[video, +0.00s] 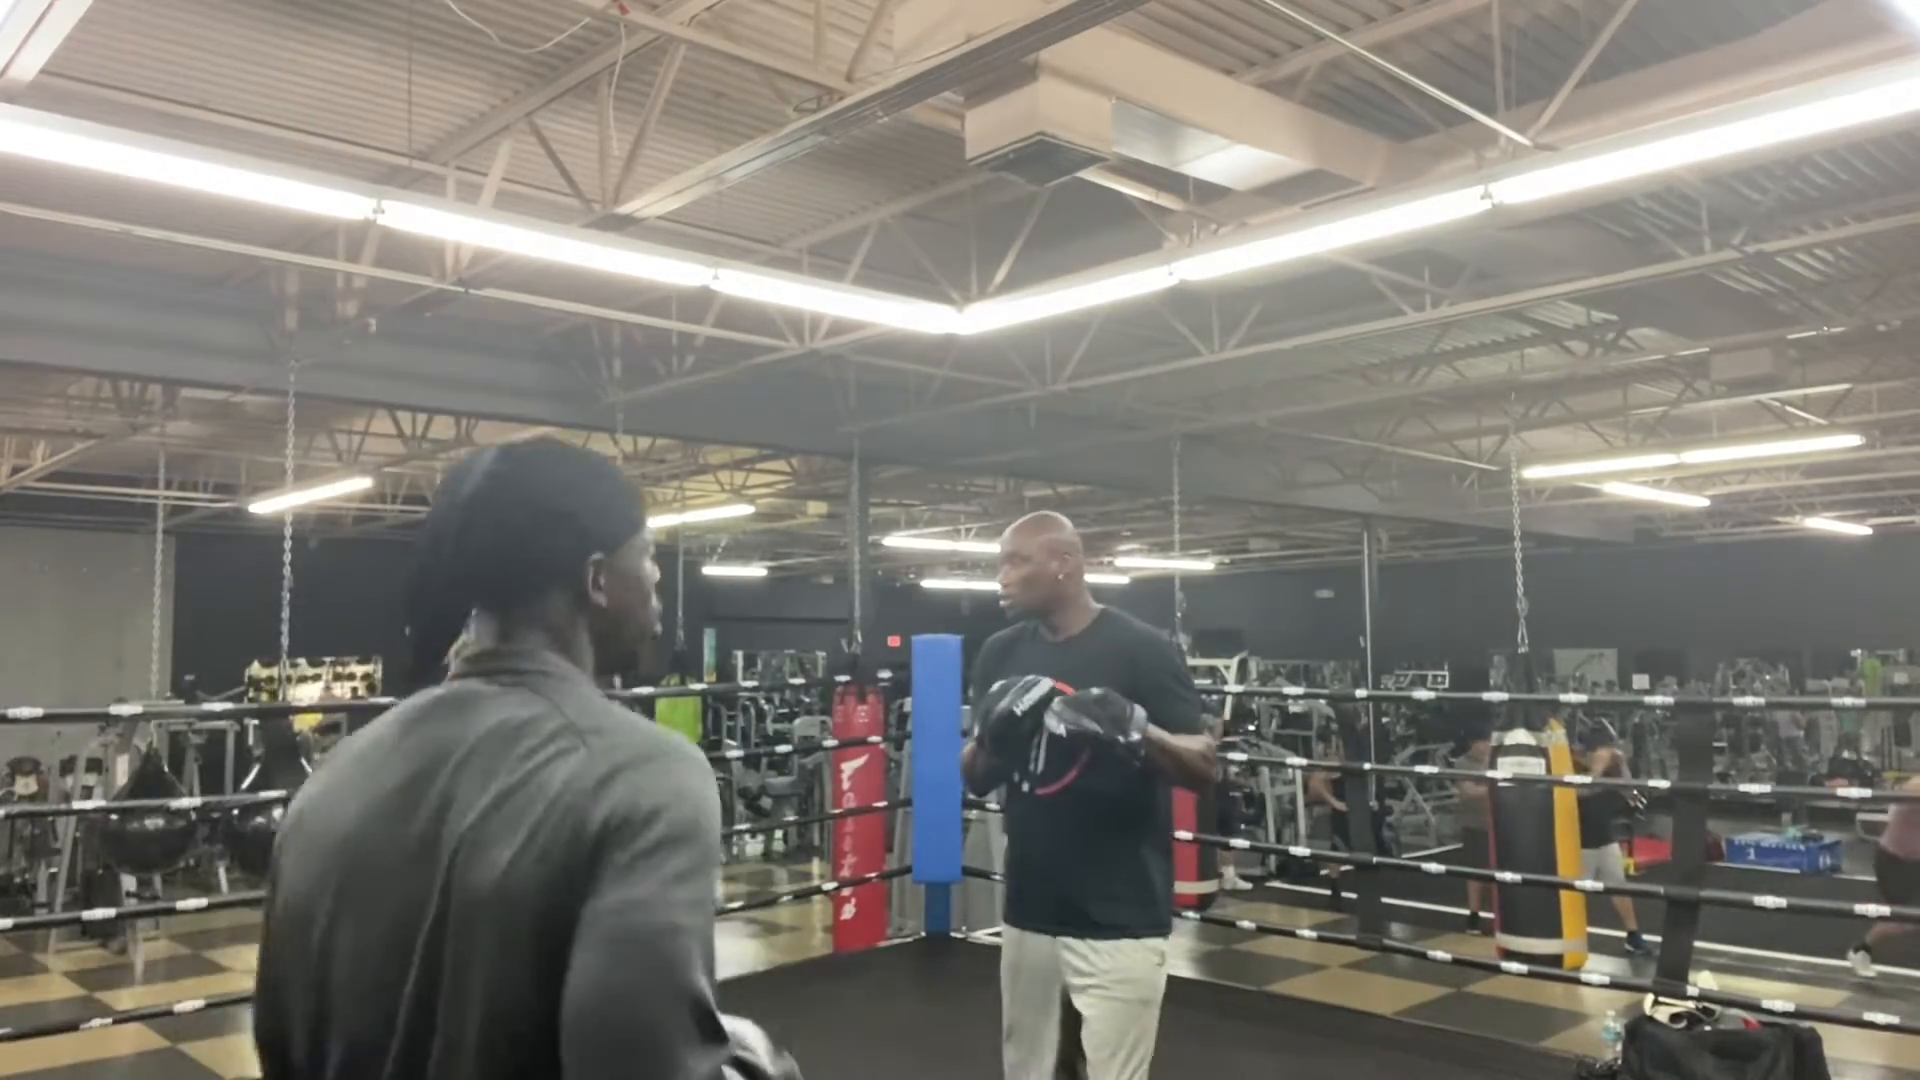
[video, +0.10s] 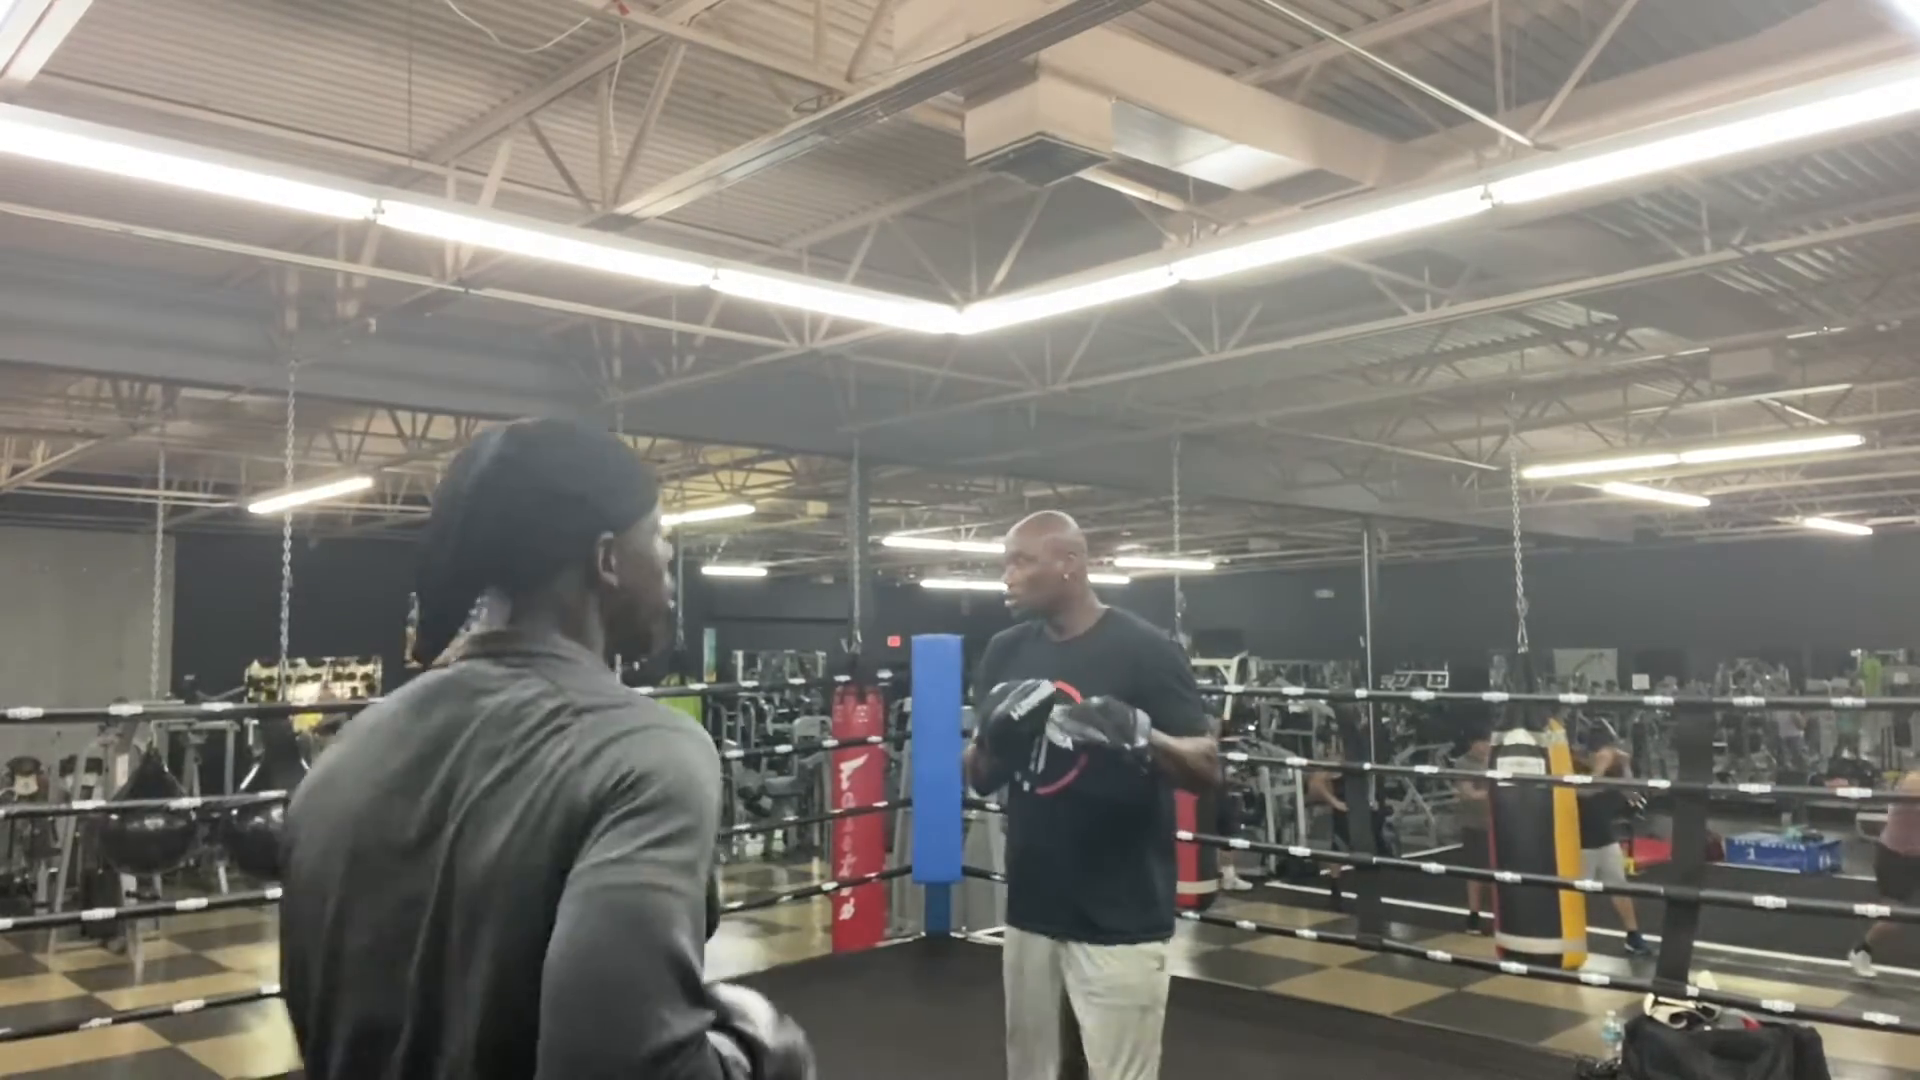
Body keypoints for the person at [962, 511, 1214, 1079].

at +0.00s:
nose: (1001, 575)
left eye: (1015, 561)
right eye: (1001, 562)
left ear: (1064, 568)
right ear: (1052, 570)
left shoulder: (1145, 648)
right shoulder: (1000, 652)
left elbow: (1205, 767)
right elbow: (974, 775)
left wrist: (1134, 730)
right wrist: (998, 740)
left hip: (1122, 920)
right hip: (1031, 914)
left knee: (1115, 1074)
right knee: (1026, 1070)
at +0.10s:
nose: (1006, 574)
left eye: (1021, 561)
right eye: (1007, 561)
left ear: (1070, 567)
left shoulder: (1148, 649)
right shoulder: (1005, 651)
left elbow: (1207, 771)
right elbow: (976, 775)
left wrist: (1139, 736)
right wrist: (1000, 739)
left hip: (1123, 920)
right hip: (1032, 912)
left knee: (1121, 1073)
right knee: (1029, 1070)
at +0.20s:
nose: (1013, 574)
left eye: (1029, 560)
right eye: (1015, 561)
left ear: (1080, 565)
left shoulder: (1155, 655)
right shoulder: (1017, 651)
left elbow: (1212, 777)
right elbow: (984, 779)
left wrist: (1142, 748)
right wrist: (999, 743)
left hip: (1127, 932)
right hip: (1035, 923)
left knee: (1128, 1073)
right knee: (1037, 1073)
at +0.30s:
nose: (1027, 574)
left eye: (1043, 558)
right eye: (1028, 559)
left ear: (1095, 562)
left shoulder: (1168, 652)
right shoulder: (1025, 645)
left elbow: (1219, 778)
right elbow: (997, 774)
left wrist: (1142, 739)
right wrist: (1007, 733)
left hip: (1134, 933)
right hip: (1040, 923)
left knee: (1134, 1073)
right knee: (1038, 1073)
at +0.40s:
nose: (1054, 580)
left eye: (1070, 566)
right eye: (1054, 565)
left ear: (1121, 576)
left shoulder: (1186, 671)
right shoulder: (1038, 648)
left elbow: (1219, 807)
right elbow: (1003, 772)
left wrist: (1151, 771)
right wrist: (1009, 745)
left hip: (1137, 947)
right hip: (1041, 931)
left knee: (1135, 1073)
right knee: (1035, 1073)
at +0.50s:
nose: (1066, 585)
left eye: (1084, 571)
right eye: (1066, 569)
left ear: (1134, 579)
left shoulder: (1193, 680)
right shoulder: (1045, 647)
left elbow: (1216, 818)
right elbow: (1002, 772)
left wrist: (1159, 778)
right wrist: (1018, 739)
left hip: (1139, 956)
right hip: (1038, 937)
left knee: (1133, 1072)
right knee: (1024, 1073)